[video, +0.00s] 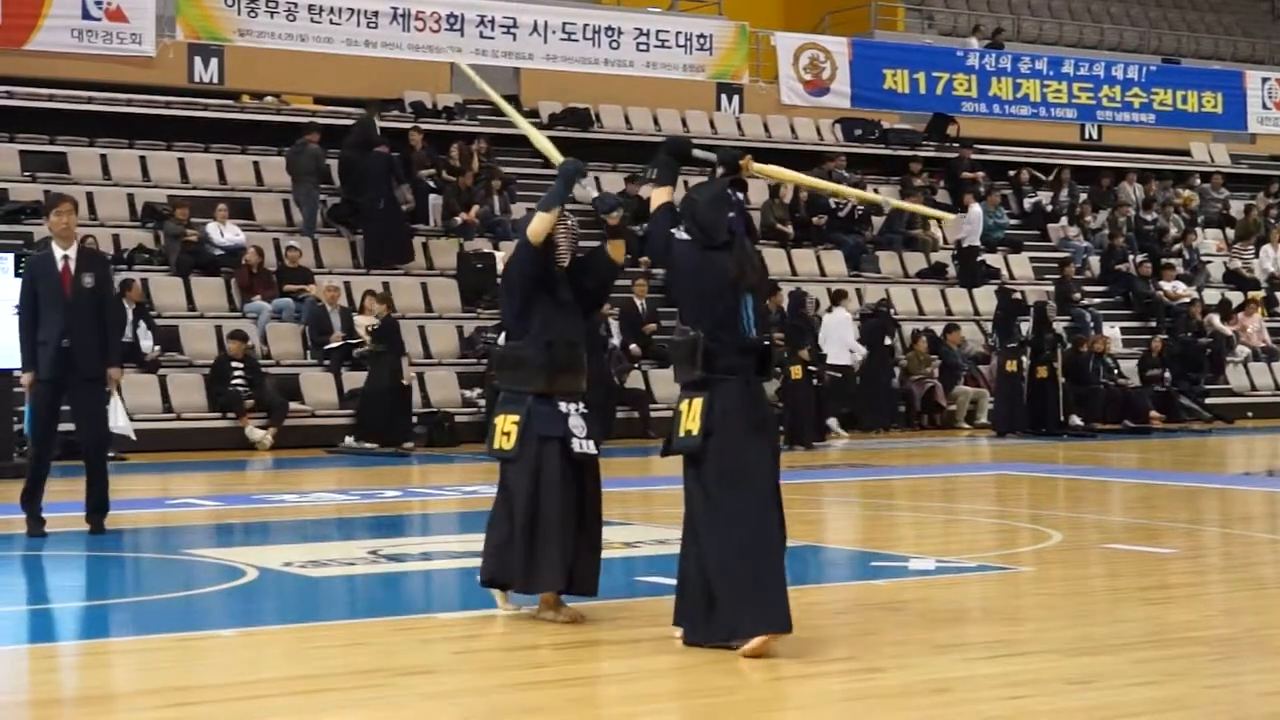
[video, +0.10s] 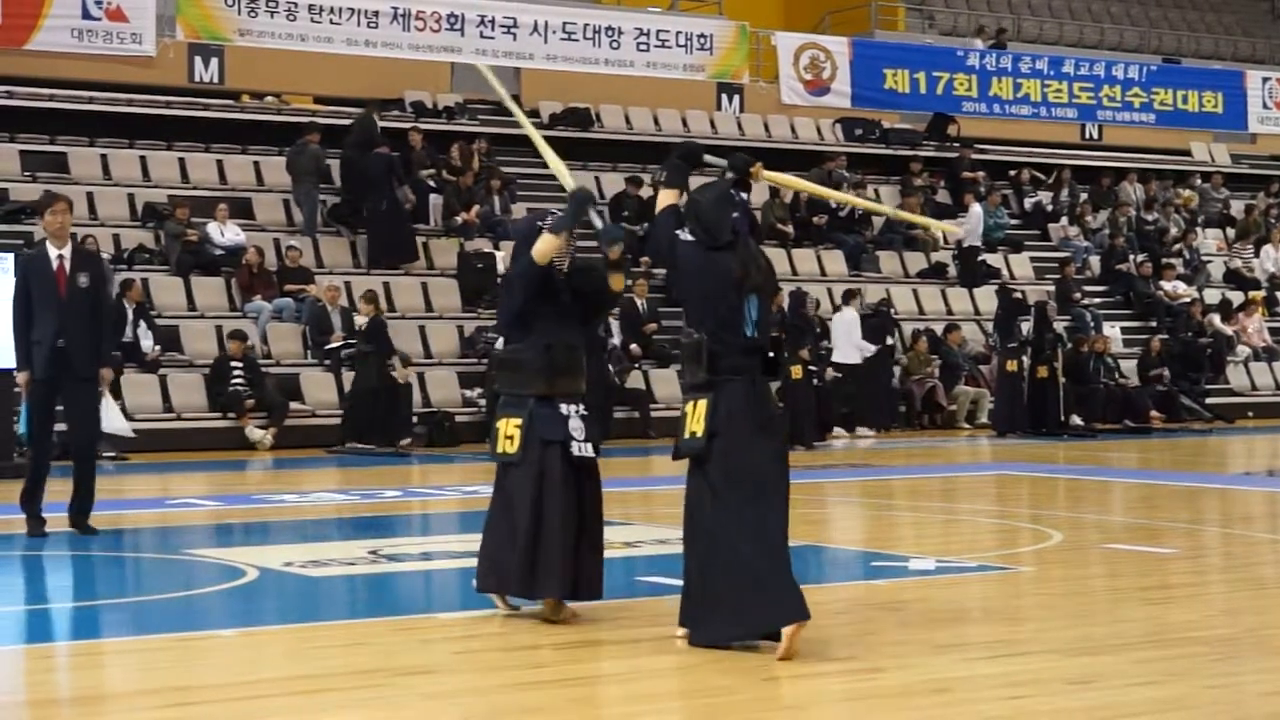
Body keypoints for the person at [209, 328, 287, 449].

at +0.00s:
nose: (230, 347)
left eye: (234, 343)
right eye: (230, 343)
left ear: (243, 345)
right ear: (228, 344)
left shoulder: (252, 361)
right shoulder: (221, 361)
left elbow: (259, 383)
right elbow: (213, 384)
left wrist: (254, 399)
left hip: (251, 397)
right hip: (227, 399)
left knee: (281, 403)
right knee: (234, 395)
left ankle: (269, 435)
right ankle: (248, 427)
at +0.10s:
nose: (230, 346)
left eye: (234, 343)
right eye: (229, 343)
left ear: (243, 345)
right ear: (227, 344)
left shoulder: (251, 361)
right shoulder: (220, 361)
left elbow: (259, 383)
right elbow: (213, 385)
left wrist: (254, 399)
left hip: (251, 398)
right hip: (227, 400)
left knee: (281, 403)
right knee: (235, 394)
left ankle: (269, 435)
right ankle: (248, 428)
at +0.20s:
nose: (227, 345)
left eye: (231, 342)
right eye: (227, 342)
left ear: (242, 344)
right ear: (226, 343)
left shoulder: (250, 361)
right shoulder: (220, 361)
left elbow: (259, 382)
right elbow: (214, 385)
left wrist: (255, 398)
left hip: (250, 396)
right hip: (227, 399)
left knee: (282, 402)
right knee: (235, 394)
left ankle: (270, 435)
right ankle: (249, 427)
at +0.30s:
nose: (227, 345)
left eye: (231, 341)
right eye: (227, 341)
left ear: (241, 344)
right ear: (225, 342)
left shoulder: (251, 360)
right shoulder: (220, 360)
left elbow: (260, 382)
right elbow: (214, 384)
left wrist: (255, 398)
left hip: (251, 396)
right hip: (228, 398)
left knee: (282, 402)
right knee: (236, 394)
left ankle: (270, 435)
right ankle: (249, 427)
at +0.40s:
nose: (227, 344)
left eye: (231, 341)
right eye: (227, 341)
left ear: (242, 344)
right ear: (226, 342)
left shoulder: (251, 360)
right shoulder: (220, 360)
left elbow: (260, 382)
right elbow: (214, 384)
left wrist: (256, 398)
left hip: (251, 395)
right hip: (228, 398)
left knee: (282, 402)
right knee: (236, 395)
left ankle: (270, 434)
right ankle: (249, 427)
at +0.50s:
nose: (227, 344)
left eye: (231, 341)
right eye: (227, 341)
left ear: (242, 343)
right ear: (226, 342)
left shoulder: (251, 360)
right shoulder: (220, 360)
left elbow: (261, 382)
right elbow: (215, 384)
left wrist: (256, 397)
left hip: (251, 394)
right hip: (229, 397)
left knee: (282, 402)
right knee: (236, 395)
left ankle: (271, 434)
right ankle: (249, 427)